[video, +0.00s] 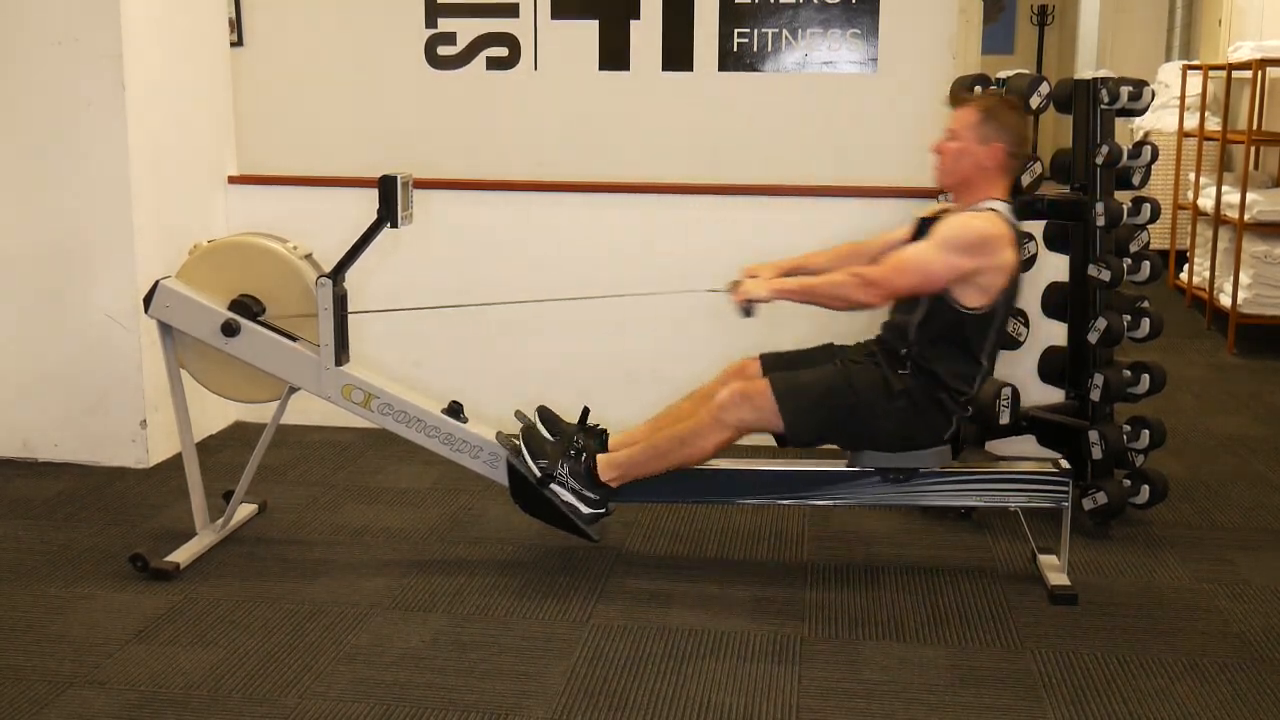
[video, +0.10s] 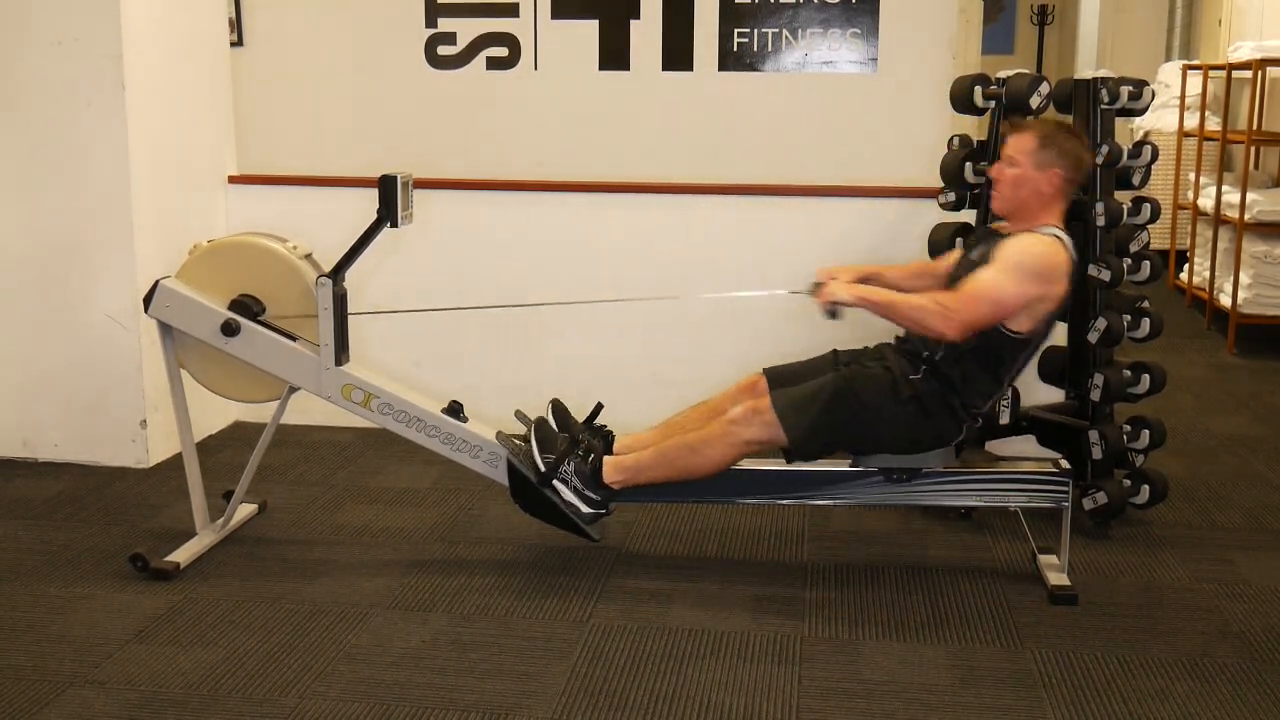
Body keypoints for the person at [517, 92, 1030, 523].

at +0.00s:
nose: (939, 147)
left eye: (954, 139)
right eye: (945, 135)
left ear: (994, 156)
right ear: (985, 153)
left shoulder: (980, 233)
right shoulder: (952, 217)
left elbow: (871, 290)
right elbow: (861, 257)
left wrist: (778, 288)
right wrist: (776, 269)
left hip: (913, 396)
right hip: (890, 372)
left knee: (741, 399)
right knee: (736, 378)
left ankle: (595, 484)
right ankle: (601, 454)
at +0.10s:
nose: (994, 173)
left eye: (1009, 164)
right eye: (1000, 161)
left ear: (1052, 183)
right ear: (1038, 179)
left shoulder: (1041, 255)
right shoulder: (1009, 242)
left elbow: (955, 321)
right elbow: (934, 275)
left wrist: (867, 295)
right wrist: (860, 273)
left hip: (924, 398)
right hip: (900, 369)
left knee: (752, 422)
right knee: (747, 394)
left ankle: (597, 482)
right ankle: (606, 459)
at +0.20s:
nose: (1019, 198)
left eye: (1033, 189)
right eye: (1024, 186)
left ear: (1074, 205)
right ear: (1060, 204)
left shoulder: (1072, 278)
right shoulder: (1032, 263)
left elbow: (1022, 360)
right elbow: (991, 325)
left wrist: (942, 310)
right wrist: (940, 299)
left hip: (928, 399)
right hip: (903, 370)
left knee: (758, 417)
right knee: (751, 396)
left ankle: (601, 485)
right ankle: (606, 457)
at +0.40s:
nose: (996, 194)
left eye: (1010, 184)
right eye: (1001, 182)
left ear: (1053, 198)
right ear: (1046, 198)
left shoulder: (1051, 274)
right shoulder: (1022, 260)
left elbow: (998, 360)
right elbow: (977, 322)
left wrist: (912, 316)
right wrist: (922, 303)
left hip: (926, 401)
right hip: (911, 375)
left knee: (748, 400)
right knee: (748, 381)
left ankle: (600, 483)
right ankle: (612, 459)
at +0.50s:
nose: (940, 177)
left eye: (951, 166)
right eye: (944, 165)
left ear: (998, 173)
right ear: (981, 171)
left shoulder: (1001, 249)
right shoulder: (970, 233)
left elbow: (933, 332)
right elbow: (918, 285)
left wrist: (848, 306)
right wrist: (851, 286)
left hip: (917, 400)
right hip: (899, 378)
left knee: (733, 376)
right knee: (732, 364)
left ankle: (598, 486)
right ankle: (609, 468)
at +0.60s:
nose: (864, 162)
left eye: (877, 151)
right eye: (867, 150)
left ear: (919, 156)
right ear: (913, 157)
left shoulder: (926, 232)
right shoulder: (906, 222)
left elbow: (848, 313)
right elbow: (845, 270)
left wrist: (763, 300)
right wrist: (772, 278)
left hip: (886, 402)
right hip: (871, 381)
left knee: (713, 355)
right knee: (713, 346)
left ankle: (604, 480)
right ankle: (613, 457)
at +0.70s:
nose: (778, 161)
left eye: (788, 148)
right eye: (781, 148)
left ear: (826, 152)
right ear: (822, 154)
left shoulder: (842, 228)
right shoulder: (837, 218)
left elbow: (762, 312)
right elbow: (767, 268)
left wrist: (676, 313)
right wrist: (689, 282)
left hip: (854, 407)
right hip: (846, 389)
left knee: (685, 340)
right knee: (688, 329)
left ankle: (602, 478)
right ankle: (610, 457)